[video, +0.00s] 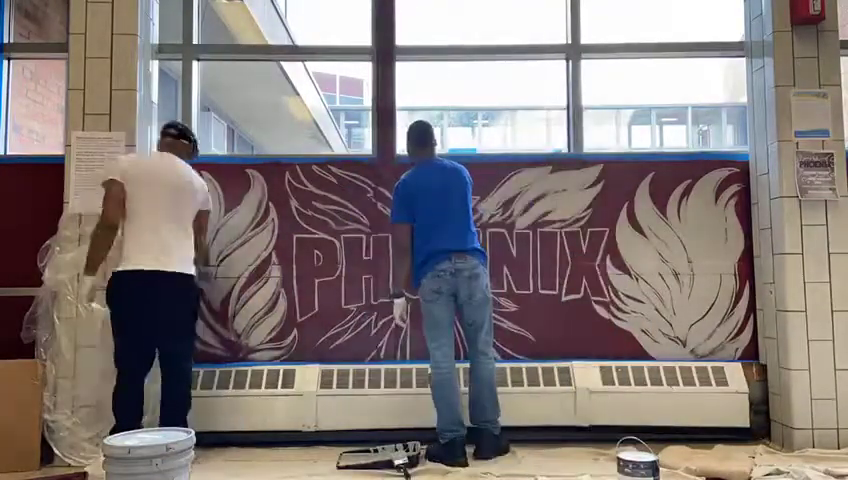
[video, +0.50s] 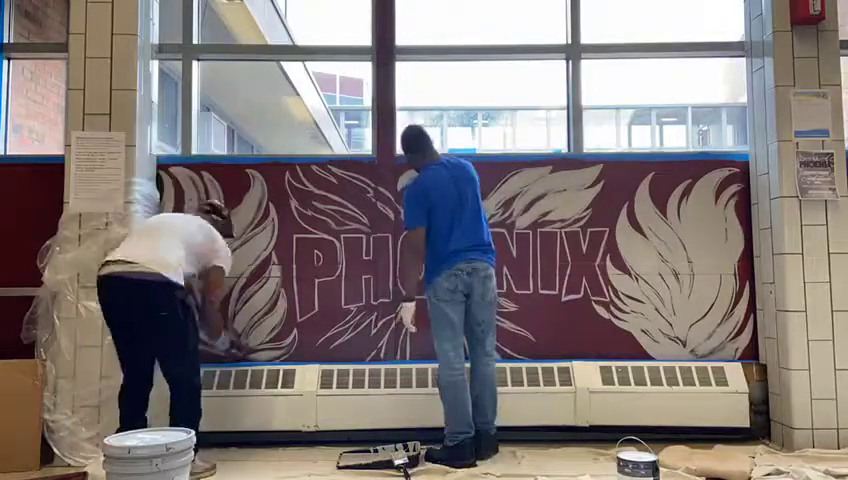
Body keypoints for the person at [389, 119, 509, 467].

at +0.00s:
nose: (412, 152)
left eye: (409, 147)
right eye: (422, 144)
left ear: (408, 147)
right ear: (436, 144)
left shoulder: (405, 184)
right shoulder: (461, 173)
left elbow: (402, 243)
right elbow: (464, 221)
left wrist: (401, 289)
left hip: (432, 268)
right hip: (471, 262)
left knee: (441, 355)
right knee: (483, 351)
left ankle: (452, 444)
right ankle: (488, 437)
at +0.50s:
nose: (409, 161)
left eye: (408, 157)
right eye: (411, 155)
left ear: (409, 156)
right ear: (434, 145)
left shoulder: (416, 187)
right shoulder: (466, 168)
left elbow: (415, 242)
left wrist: (408, 297)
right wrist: (419, 175)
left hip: (446, 271)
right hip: (483, 266)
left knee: (451, 357)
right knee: (484, 352)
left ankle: (460, 443)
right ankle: (486, 437)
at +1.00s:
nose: (422, 149)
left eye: (420, 144)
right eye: (430, 140)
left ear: (422, 144)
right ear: (448, 140)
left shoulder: (421, 181)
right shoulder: (476, 171)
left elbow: (415, 239)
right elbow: (490, 212)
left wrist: (407, 293)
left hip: (445, 270)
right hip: (484, 266)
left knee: (452, 357)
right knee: (485, 354)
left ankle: (464, 445)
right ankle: (486, 437)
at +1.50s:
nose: (430, 145)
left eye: (426, 140)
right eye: (439, 136)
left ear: (425, 141)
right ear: (451, 137)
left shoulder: (422, 177)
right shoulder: (477, 169)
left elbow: (417, 229)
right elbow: (505, 206)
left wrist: (410, 277)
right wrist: (478, 207)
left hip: (443, 270)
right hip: (480, 269)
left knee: (445, 358)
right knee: (476, 355)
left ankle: (449, 449)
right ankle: (474, 440)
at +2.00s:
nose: (488, 149)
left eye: (484, 144)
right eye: (497, 145)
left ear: (479, 144)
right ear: (505, 148)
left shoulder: (461, 166)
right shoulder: (517, 181)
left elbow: (442, 214)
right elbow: (518, 232)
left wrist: (439, 237)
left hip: (466, 265)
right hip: (505, 268)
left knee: (450, 345)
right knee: (499, 351)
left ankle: (448, 443)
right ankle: (499, 445)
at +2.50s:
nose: (497, 152)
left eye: (490, 144)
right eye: (505, 148)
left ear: (483, 144)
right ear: (512, 149)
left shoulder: (458, 175)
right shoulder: (520, 182)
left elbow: (440, 222)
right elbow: (519, 228)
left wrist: (457, 199)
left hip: (467, 272)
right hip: (507, 271)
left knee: (479, 355)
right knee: (532, 353)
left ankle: (492, 443)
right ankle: (552, 437)